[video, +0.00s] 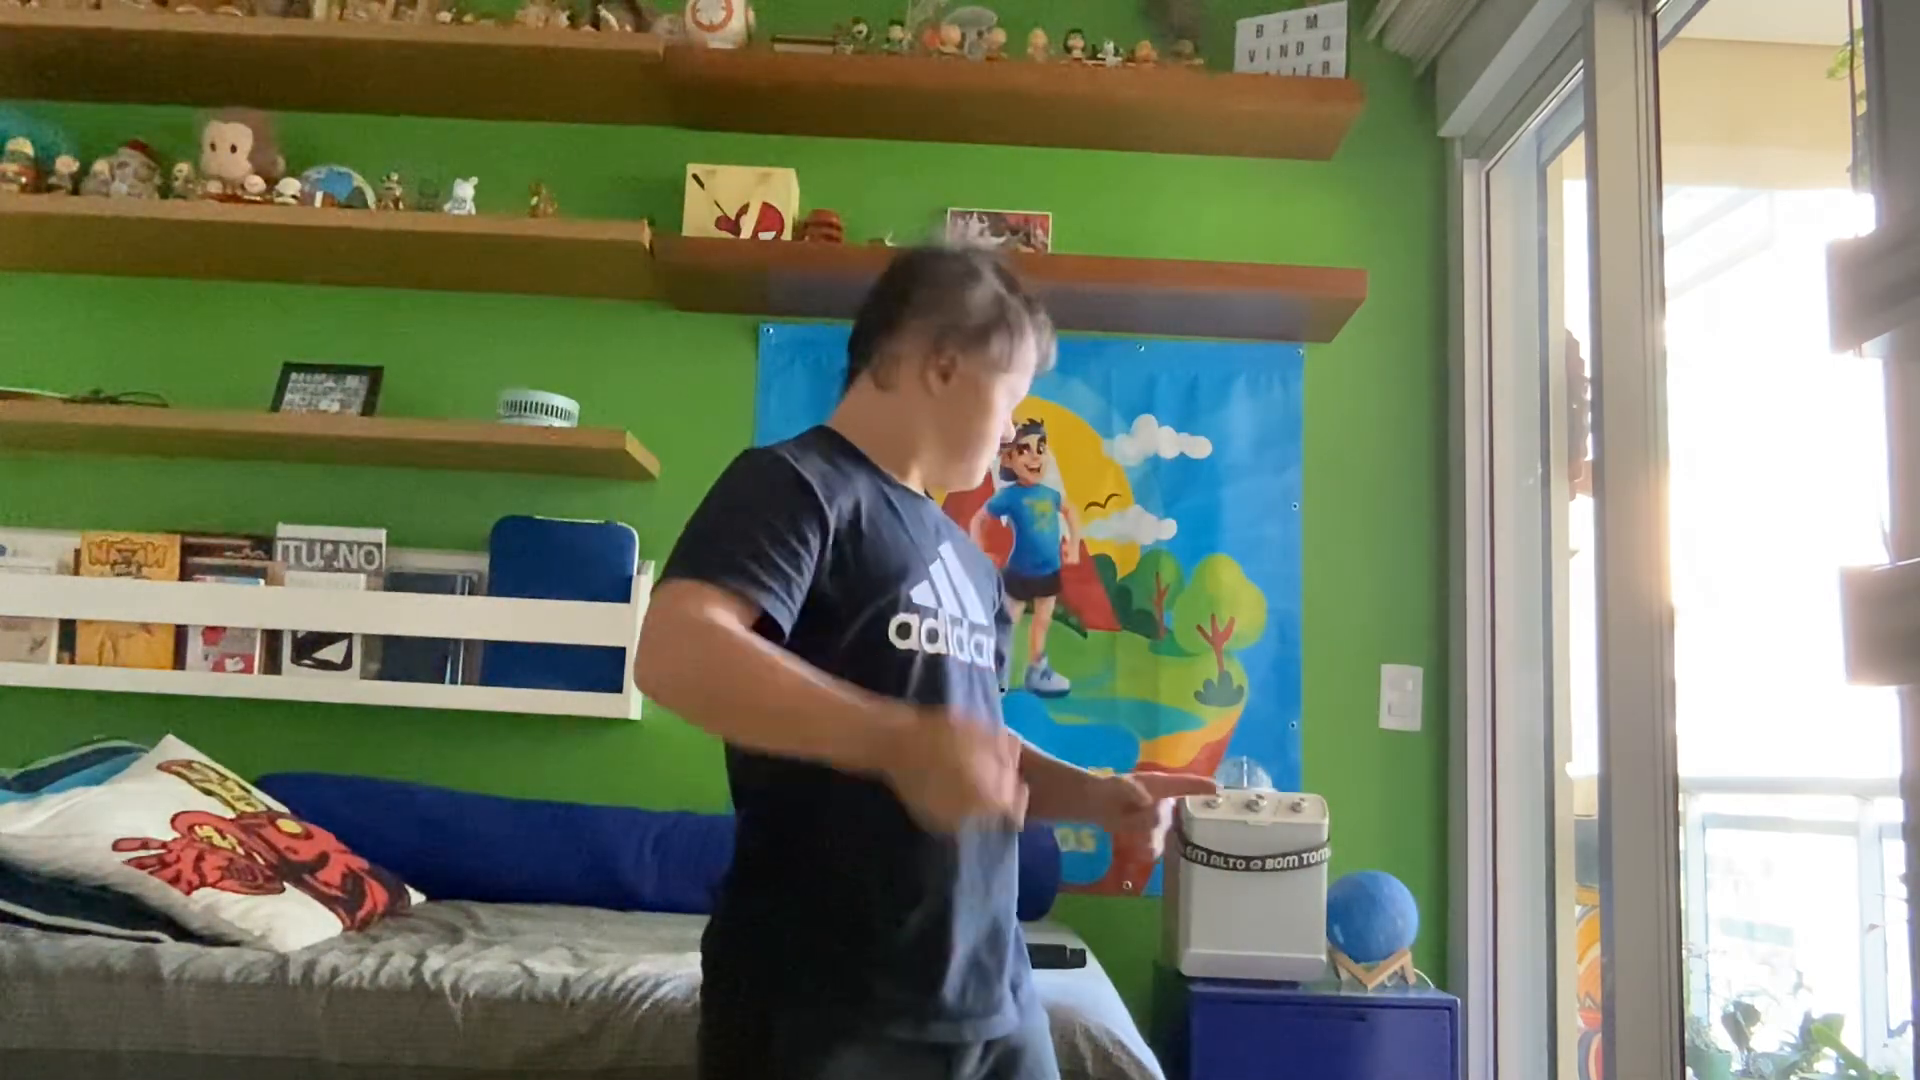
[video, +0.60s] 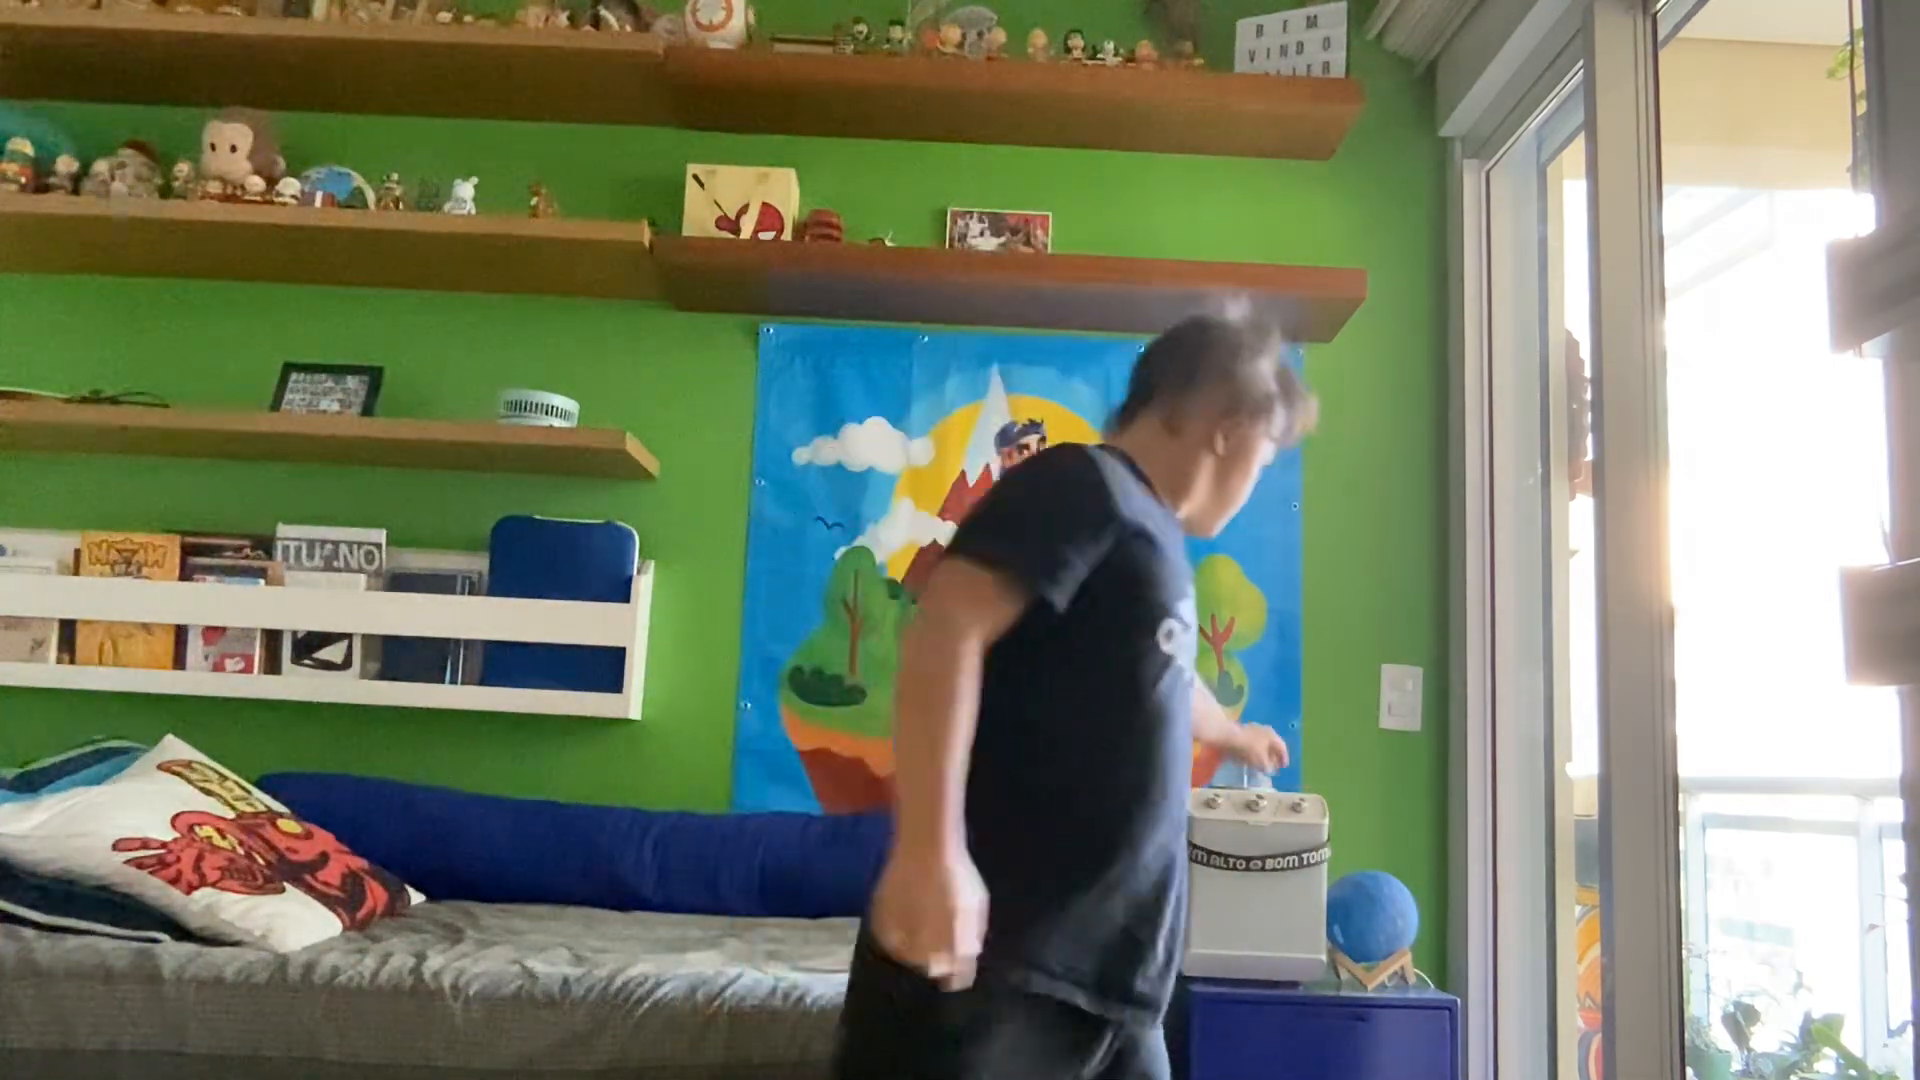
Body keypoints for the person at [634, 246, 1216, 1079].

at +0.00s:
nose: (1012, 433)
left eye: (1019, 406)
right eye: (1012, 398)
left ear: (947, 370)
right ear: (941, 365)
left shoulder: (969, 559)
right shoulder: (794, 484)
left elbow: (957, 743)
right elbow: (676, 647)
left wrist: (1098, 797)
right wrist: (899, 742)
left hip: (993, 1008)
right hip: (828, 1012)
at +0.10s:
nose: (1018, 438)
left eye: (1028, 412)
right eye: (1022, 403)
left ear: (963, 372)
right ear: (955, 367)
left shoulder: (967, 553)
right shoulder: (804, 481)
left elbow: (970, 746)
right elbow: (682, 678)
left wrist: (1126, 788)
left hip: (999, 1009)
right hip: (834, 1017)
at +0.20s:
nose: (1047, 441)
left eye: (1055, 412)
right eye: (1049, 403)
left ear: (990, 373)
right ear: (986, 365)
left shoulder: (983, 544)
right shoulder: (816, 482)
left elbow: (996, 735)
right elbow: (700, 697)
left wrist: (1174, 776)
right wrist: (787, 933)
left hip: (1017, 998)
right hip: (858, 1016)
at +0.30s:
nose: (1113, 447)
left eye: (1123, 420)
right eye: (1118, 413)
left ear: (1052, 387)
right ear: (1063, 386)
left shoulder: (1031, 540)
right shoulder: (882, 484)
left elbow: (1064, 715)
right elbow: (763, 701)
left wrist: (1239, 753)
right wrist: (729, 928)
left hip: (1051, 998)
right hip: (895, 1006)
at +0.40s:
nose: (1182, 453)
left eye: (1190, 431)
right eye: (1186, 425)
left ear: (1111, 401)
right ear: (1132, 404)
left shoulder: (1078, 535)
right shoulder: (960, 486)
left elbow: (1105, 695)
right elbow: (818, 686)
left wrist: (1246, 737)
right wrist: (759, 893)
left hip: (1086, 998)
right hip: (942, 1002)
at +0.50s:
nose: (1226, 478)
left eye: (1238, 454)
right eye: (1236, 448)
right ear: (1194, 420)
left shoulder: (1128, 540)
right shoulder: (1036, 480)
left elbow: (1141, 678)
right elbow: (888, 647)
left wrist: (1239, 734)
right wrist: (857, 865)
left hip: (1108, 987)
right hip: (985, 984)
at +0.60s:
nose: (1257, 486)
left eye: (1268, 465)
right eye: (1266, 460)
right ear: (1226, 437)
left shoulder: (1157, 544)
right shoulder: (1081, 482)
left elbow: (1152, 684)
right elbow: (944, 627)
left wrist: (1229, 729)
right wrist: (928, 853)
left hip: (1116, 1000)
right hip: (995, 980)